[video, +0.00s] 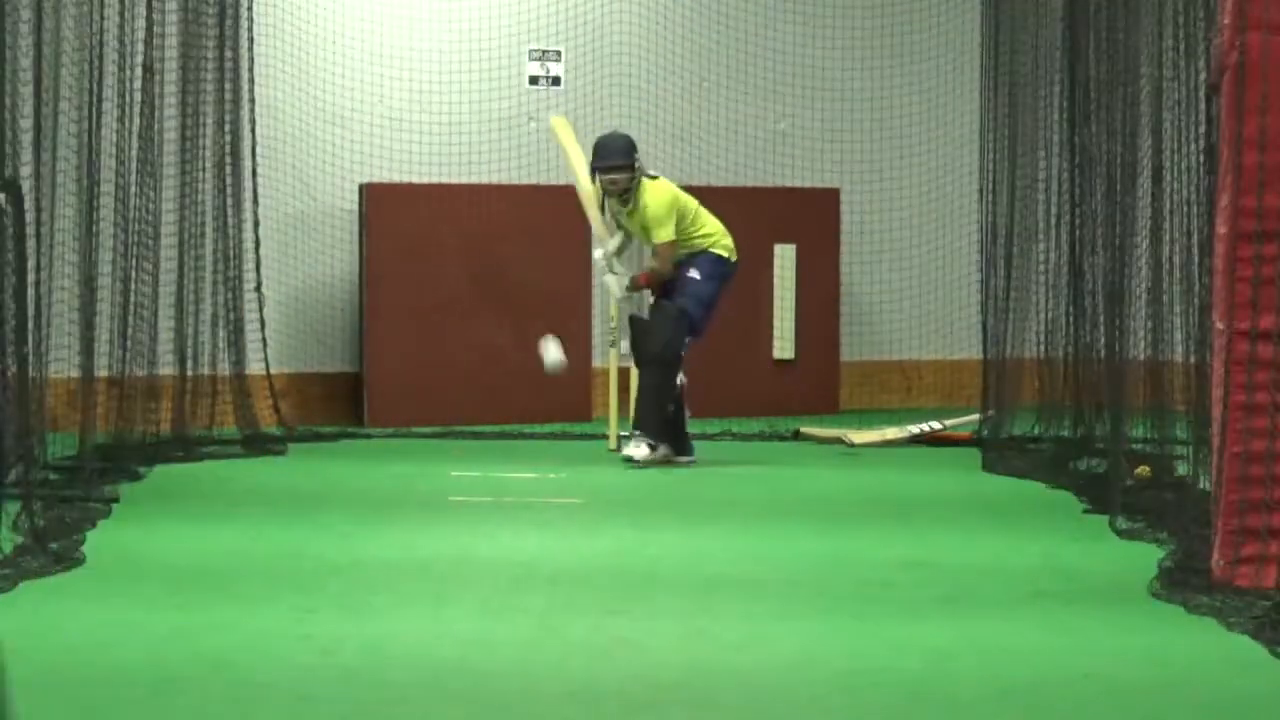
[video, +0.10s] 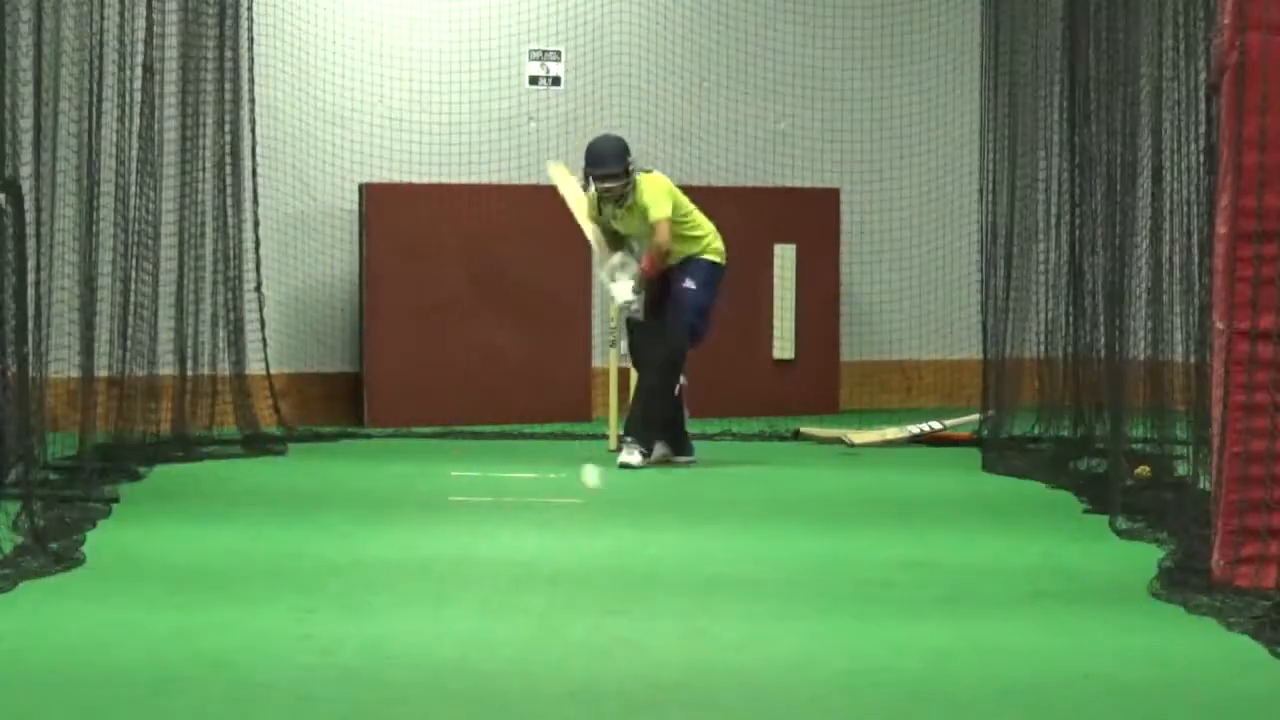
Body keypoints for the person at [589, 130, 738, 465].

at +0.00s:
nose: (614, 179)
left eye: (621, 171)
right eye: (606, 173)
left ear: (634, 170)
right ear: (597, 175)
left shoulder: (655, 198)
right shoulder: (610, 197)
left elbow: (665, 268)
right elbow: (626, 228)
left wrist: (630, 283)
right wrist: (614, 249)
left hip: (711, 253)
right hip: (678, 257)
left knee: (665, 337)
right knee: (658, 345)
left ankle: (648, 436)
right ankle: (676, 443)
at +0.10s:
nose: (610, 190)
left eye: (616, 182)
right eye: (602, 184)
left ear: (629, 173)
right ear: (591, 180)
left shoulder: (652, 186)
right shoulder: (598, 202)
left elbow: (664, 244)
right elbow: (613, 245)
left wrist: (640, 275)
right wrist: (617, 269)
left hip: (699, 256)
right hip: (658, 264)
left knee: (671, 343)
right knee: (646, 346)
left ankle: (637, 440)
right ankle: (675, 441)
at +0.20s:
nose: (607, 193)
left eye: (613, 185)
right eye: (599, 187)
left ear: (625, 174)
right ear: (588, 184)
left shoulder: (643, 171)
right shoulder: (592, 216)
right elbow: (628, 257)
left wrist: (645, 231)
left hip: (690, 256)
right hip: (650, 270)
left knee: (667, 340)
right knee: (639, 345)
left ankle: (636, 440)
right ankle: (673, 442)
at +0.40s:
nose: (625, 180)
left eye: (631, 171)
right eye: (617, 174)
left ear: (639, 154)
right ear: (602, 165)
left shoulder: (649, 140)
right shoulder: (598, 196)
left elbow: (670, 159)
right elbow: (630, 234)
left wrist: (657, 208)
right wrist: (649, 255)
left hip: (673, 251)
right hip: (625, 260)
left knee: (666, 341)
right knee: (627, 337)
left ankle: (644, 432)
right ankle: (631, 433)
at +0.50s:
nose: (632, 170)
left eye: (638, 161)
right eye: (623, 164)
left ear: (650, 146)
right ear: (608, 155)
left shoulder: (661, 140)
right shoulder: (600, 187)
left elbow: (677, 177)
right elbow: (621, 233)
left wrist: (655, 227)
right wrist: (630, 258)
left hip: (666, 255)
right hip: (616, 259)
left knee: (653, 345)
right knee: (610, 340)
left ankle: (633, 437)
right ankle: (601, 416)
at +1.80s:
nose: (610, 116)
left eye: (619, 109)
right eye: (604, 108)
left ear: (633, 107)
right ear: (592, 106)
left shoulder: (659, 139)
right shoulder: (578, 151)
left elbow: (699, 193)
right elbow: (566, 209)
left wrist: (711, 248)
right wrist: (600, 229)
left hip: (649, 259)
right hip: (597, 258)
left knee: (641, 341)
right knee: (574, 335)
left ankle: (630, 439)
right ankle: (557, 425)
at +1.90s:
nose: (609, 117)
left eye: (617, 110)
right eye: (602, 109)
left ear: (633, 105)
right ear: (591, 106)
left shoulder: (659, 139)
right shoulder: (579, 148)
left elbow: (696, 188)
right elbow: (565, 206)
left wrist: (710, 245)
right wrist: (593, 227)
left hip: (649, 257)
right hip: (597, 258)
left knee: (641, 342)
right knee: (576, 337)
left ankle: (630, 439)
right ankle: (561, 425)